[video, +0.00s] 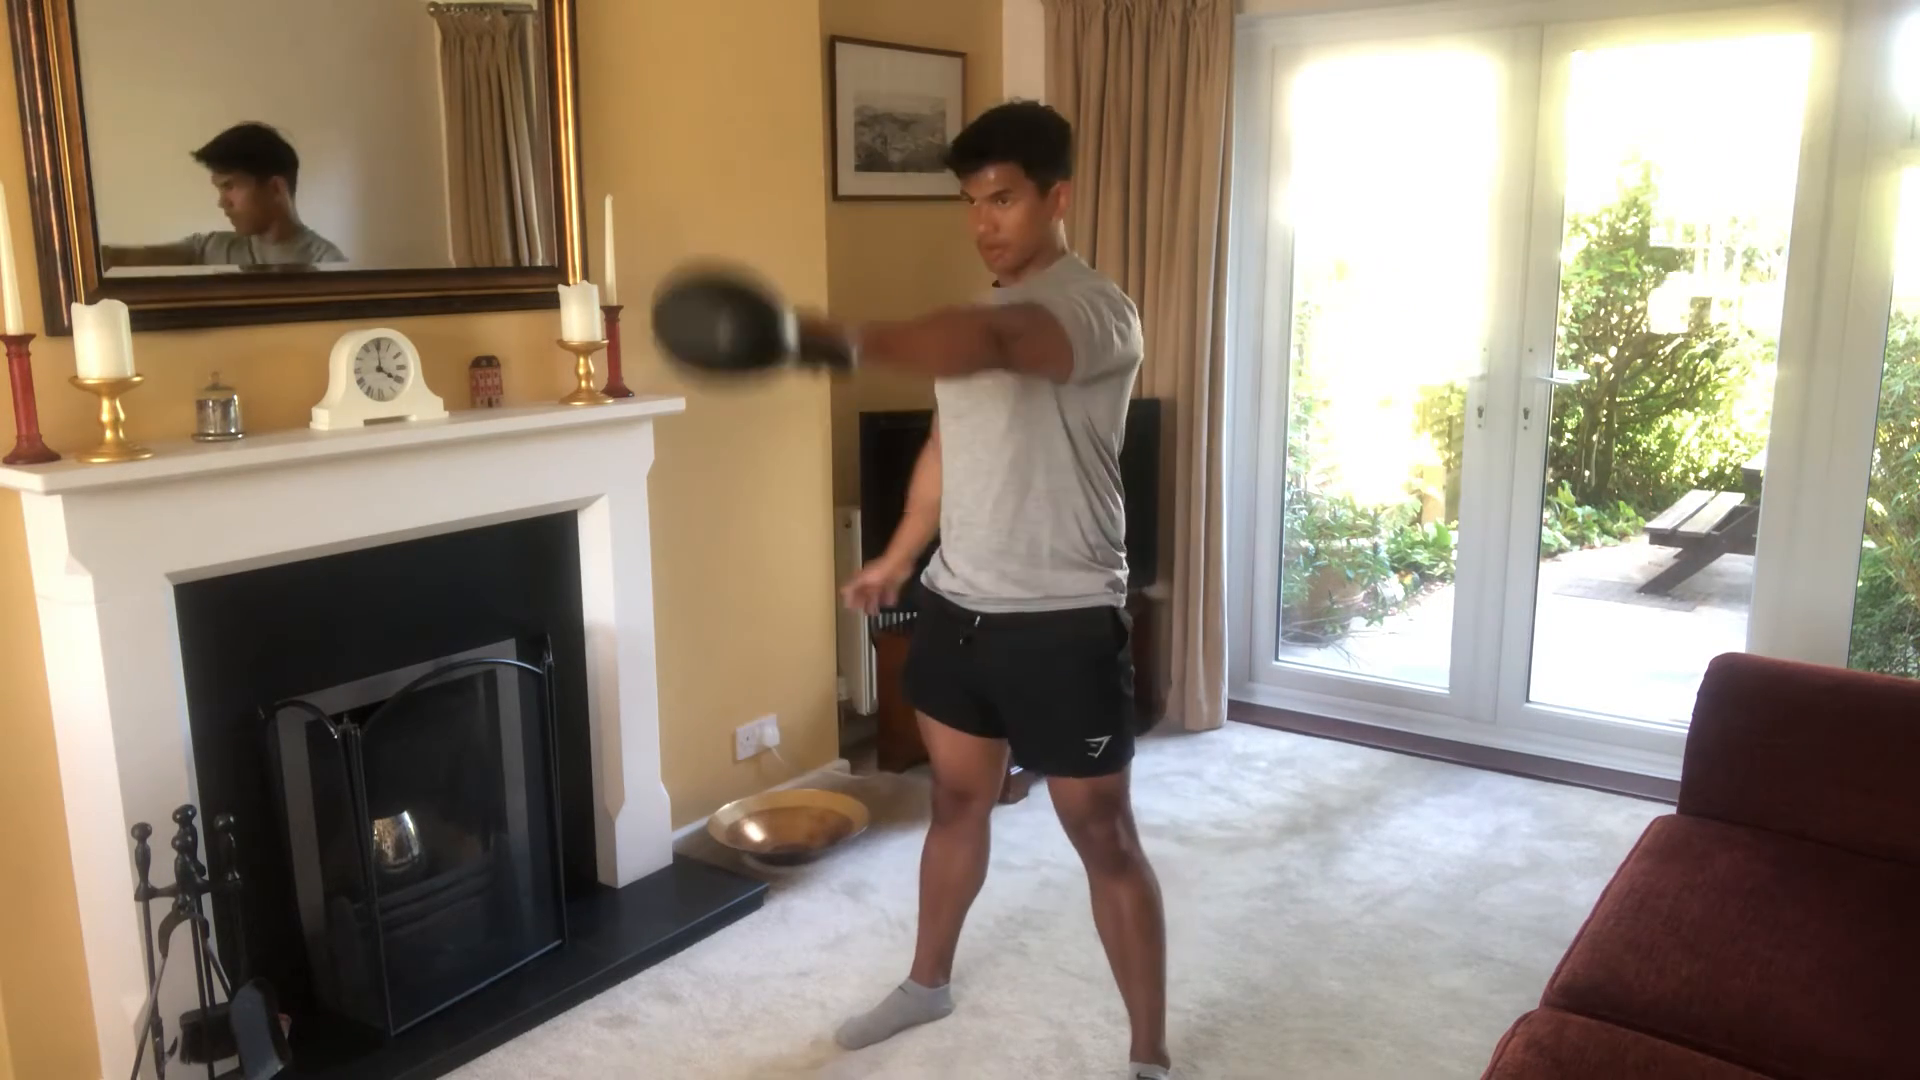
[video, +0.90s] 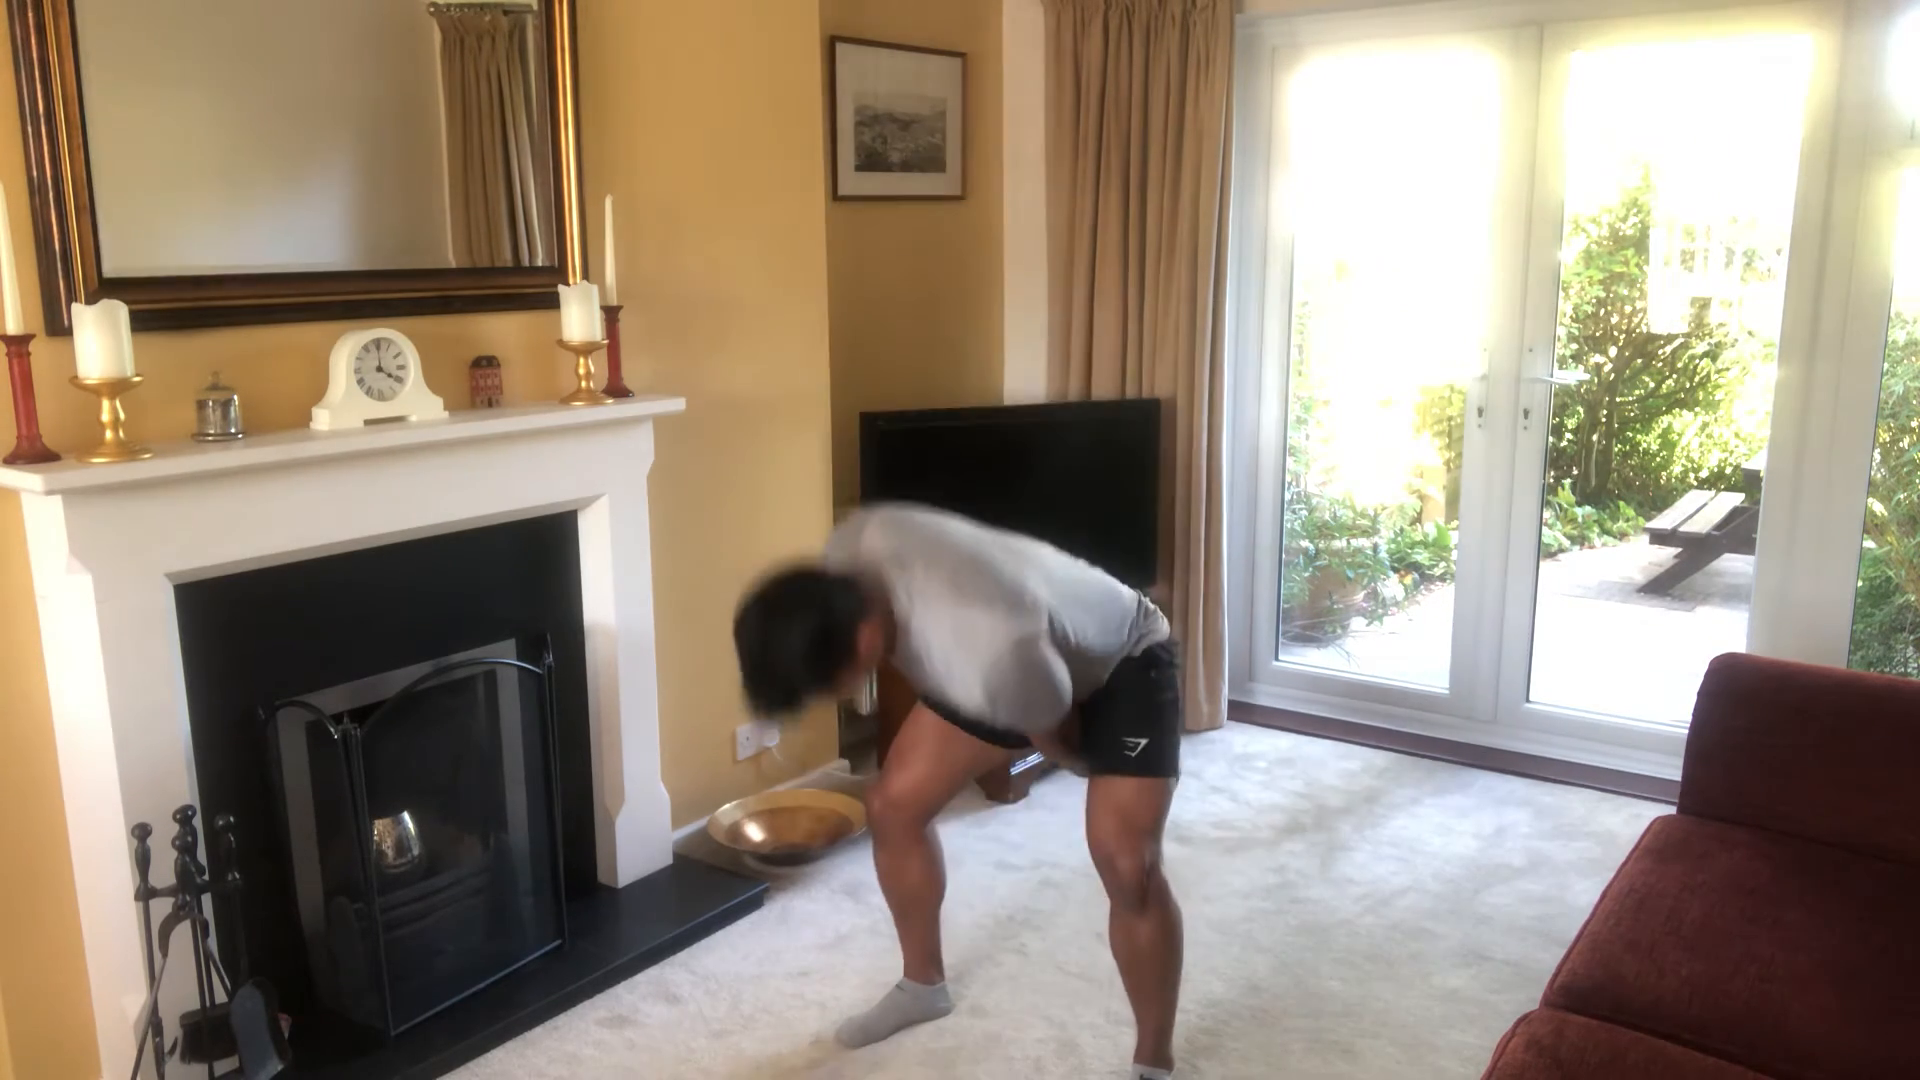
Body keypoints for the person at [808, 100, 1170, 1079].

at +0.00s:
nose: (984, 221)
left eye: (1004, 198)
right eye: (972, 203)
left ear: (1059, 199)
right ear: (965, 208)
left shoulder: (1097, 308)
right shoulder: (970, 319)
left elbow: (990, 335)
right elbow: (946, 443)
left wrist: (843, 342)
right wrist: (900, 553)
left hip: (1068, 618)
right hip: (959, 607)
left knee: (1103, 836)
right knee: (954, 803)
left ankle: (1150, 1055)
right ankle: (928, 982)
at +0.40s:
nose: (976, 236)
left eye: (994, 214)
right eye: (964, 217)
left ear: (1049, 204)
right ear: (955, 213)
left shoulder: (1097, 312)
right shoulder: (960, 317)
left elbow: (1001, 409)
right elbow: (947, 443)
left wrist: (865, 476)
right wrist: (888, 547)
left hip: (1084, 617)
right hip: (970, 605)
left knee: (1112, 841)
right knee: (949, 806)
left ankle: (1150, 1055)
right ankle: (928, 983)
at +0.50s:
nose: (949, 265)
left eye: (967, 243)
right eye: (935, 247)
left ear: (1019, 229)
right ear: (921, 241)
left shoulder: (1079, 327)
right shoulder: (946, 327)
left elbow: (996, 477)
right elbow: (926, 445)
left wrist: (897, 600)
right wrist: (864, 544)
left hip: (1093, 616)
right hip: (976, 608)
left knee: (1116, 839)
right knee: (938, 800)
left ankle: (1151, 1056)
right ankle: (926, 983)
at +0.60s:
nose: (895, 332)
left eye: (905, 311)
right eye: (884, 315)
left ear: (955, 291)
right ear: (885, 304)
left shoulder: (1045, 372)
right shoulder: (920, 360)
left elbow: (1004, 565)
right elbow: (916, 460)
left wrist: (946, 712)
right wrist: (856, 559)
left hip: (1105, 619)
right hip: (1001, 612)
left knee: (1124, 844)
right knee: (925, 774)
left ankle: (1152, 1057)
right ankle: (924, 981)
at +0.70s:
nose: (847, 456)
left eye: (849, 438)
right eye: (836, 441)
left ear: (890, 409)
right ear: (887, 399)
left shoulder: (1013, 467)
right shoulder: (908, 423)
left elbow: (1019, 642)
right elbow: (899, 502)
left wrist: (1005, 768)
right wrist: (870, 585)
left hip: (1115, 639)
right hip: (1005, 632)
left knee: (1129, 857)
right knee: (909, 801)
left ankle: (1153, 1061)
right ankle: (923, 983)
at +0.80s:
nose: (834, 584)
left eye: (834, 574)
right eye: (826, 577)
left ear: (871, 538)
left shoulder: (996, 567)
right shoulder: (879, 472)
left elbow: (1035, 693)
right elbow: (902, 546)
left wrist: (1053, 770)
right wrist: (891, 606)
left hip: (1118, 648)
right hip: (1007, 640)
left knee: (1128, 866)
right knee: (897, 805)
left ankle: (1153, 1062)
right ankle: (923, 984)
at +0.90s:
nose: (844, 690)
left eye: (837, 682)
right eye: (829, 689)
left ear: (858, 641)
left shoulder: (992, 654)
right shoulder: (850, 543)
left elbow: (1065, 743)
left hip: (1122, 655)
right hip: (1007, 650)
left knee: (1130, 867)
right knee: (894, 807)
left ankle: (1154, 1061)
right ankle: (924, 984)